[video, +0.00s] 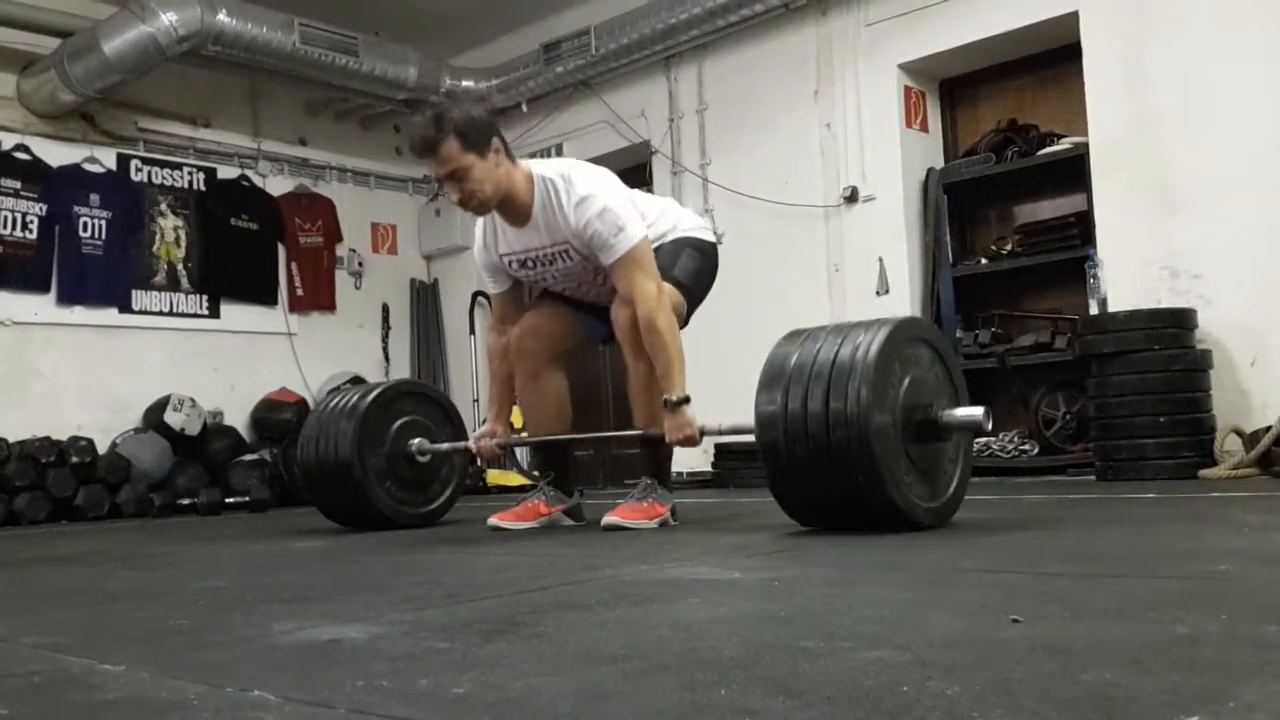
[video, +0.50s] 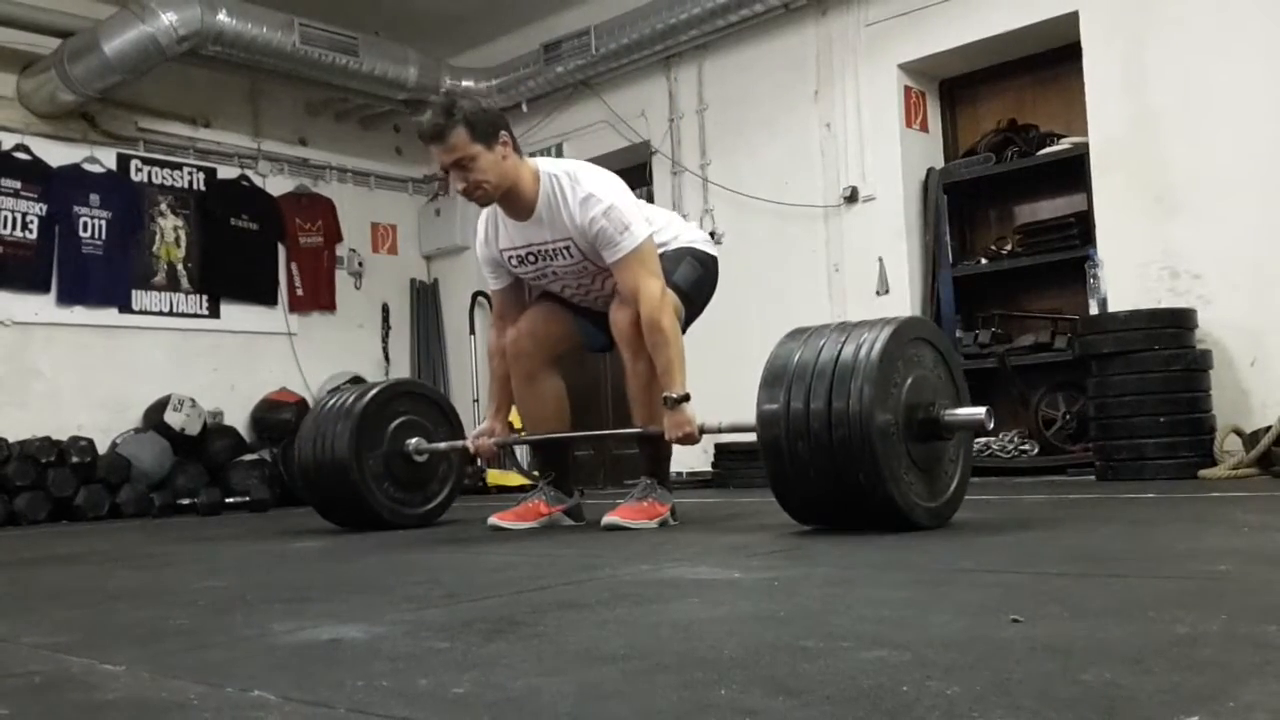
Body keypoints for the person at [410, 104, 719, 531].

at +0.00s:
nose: (455, 193)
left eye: (459, 175)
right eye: (443, 184)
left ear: (497, 152)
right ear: (438, 185)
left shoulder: (584, 196)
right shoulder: (490, 237)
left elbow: (649, 298)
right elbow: (505, 328)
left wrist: (676, 402)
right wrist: (499, 418)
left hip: (676, 245)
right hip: (597, 278)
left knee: (631, 316)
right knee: (528, 341)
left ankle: (656, 490)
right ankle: (558, 493)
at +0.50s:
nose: (459, 183)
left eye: (465, 164)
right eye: (449, 174)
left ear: (504, 145)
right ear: (444, 175)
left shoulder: (589, 195)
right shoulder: (492, 231)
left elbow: (651, 295)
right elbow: (507, 325)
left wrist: (676, 400)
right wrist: (498, 417)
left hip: (676, 261)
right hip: (598, 292)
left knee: (628, 319)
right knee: (523, 343)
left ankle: (656, 490)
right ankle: (558, 494)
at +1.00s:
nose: (451, 113)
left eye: (458, 94)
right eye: (441, 103)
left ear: (499, 77)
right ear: (437, 108)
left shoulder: (580, 137)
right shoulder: (483, 179)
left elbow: (639, 239)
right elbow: (499, 276)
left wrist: (664, 342)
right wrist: (486, 369)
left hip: (663, 226)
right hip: (589, 254)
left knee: (630, 312)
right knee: (530, 335)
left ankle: (653, 489)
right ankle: (557, 492)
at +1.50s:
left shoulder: (599, 27)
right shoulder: (501, 73)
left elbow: (643, 127)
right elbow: (509, 177)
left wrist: (664, 219)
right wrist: (489, 265)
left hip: (626, 208)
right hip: (559, 221)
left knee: (630, 318)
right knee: (529, 335)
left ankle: (654, 488)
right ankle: (557, 491)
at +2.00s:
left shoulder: (648, 16)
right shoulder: (557, 48)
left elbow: (661, 100)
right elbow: (529, 142)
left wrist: (663, 177)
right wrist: (488, 226)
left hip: (610, 186)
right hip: (540, 199)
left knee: (627, 322)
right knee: (542, 336)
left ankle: (653, 487)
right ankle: (558, 491)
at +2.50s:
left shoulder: (648, 12)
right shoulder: (552, 50)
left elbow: (661, 98)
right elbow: (526, 144)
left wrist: (665, 176)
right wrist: (489, 228)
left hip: (612, 183)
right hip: (542, 197)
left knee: (627, 322)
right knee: (541, 336)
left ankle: (652, 488)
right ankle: (557, 493)